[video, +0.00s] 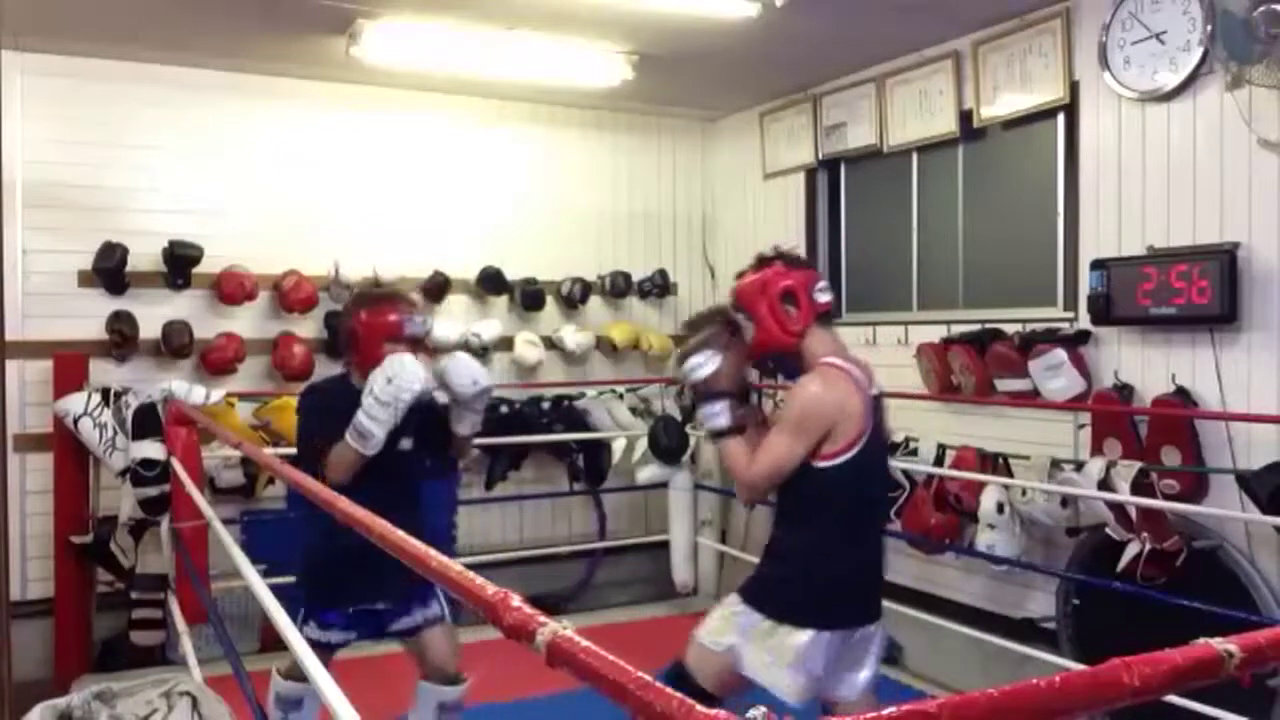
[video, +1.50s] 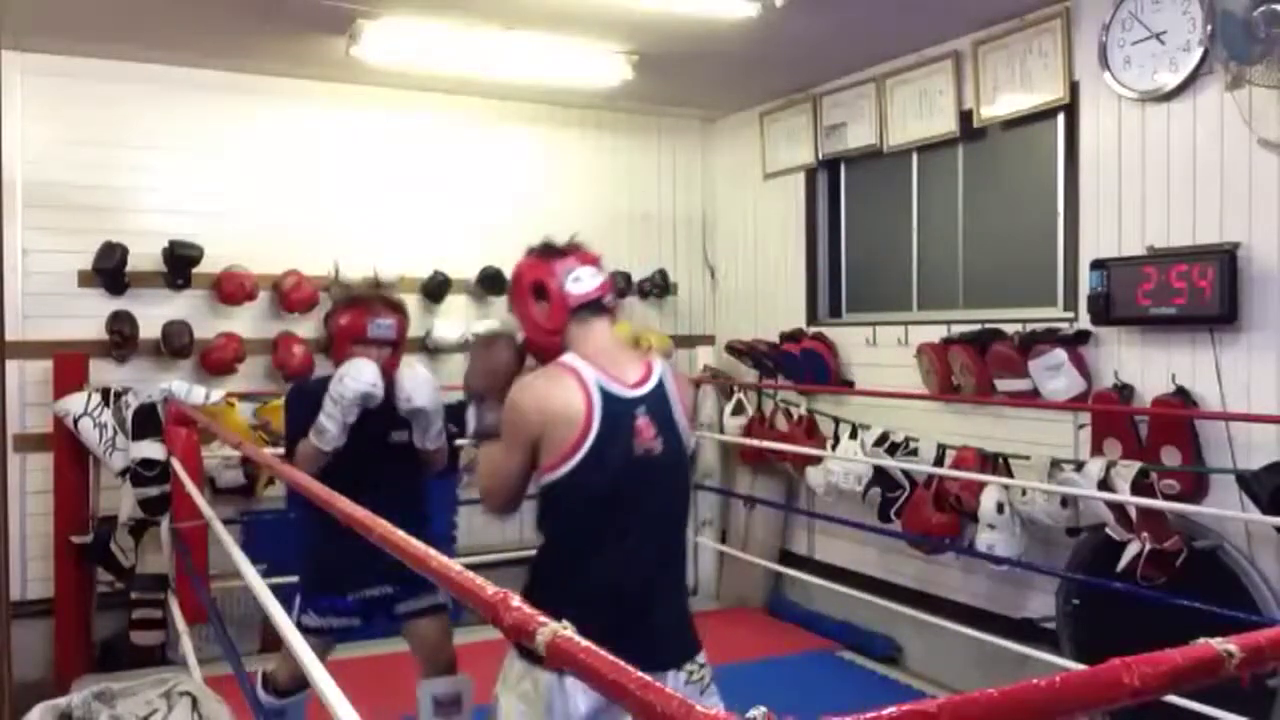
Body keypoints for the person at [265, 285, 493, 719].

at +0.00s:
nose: (408, 349)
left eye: (413, 336)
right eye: (394, 335)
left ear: (419, 341)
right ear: (362, 340)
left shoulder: (417, 400)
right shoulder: (323, 398)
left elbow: (449, 456)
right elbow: (334, 473)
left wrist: (468, 408)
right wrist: (378, 408)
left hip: (405, 564)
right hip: (335, 567)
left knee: (446, 673)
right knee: (295, 683)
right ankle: (284, 715)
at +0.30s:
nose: (376, 332)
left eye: (385, 322)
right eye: (365, 321)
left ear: (401, 334)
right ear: (346, 335)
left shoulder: (415, 393)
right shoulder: (327, 398)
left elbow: (456, 437)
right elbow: (378, 427)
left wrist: (462, 385)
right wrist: (393, 363)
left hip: (420, 554)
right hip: (354, 558)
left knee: (468, 658)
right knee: (312, 672)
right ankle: (275, 705)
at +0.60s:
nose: (347, 328)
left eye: (350, 318)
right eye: (335, 319)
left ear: (352, 332)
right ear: (303, 333)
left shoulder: (356, 390)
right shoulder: (272, 389)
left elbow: (401, 425)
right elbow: (298, 419)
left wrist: (399, 364)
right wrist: (318, 345)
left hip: (354, 546)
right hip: (290, 550)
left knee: (394, 652)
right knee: (264, 661)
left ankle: (376, 714)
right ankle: (246, 712)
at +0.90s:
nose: (338, 334)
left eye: (342, 323)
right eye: (327, 322)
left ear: (347, 327)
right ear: (294, 323)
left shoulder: (352, 372)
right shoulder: (252, 377)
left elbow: (378, 438)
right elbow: (238, 444)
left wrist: (369, 419)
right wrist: (293, 423)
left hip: (343, 519)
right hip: (276, 525)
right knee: (257, 637)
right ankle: (266, 716)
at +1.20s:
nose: (359, 351)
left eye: (370, 340)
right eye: (347, 338)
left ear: (384, 345)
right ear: (321, 340)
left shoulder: (396, 393)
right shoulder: (292, 397)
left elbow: (425, 467)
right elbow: (269, 476)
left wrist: (406, 442)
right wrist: (304, 444)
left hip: (379, 544)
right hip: (308, 545)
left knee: (407, 648)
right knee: (274, 655)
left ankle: (423, 712)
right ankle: (271, 712)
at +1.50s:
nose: (376, 356)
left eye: (387, 346)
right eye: (363, 344)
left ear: (400, 349)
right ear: (337, 346)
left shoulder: (413, 393)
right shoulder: (310, 396)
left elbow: (437, 467)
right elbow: (299, 476)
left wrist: (427, 416)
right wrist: (336, 412)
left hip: (408, 547)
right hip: (334, 548)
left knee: (440, 658)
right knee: (299, 669)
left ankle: (446, 714)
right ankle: (268, 697)